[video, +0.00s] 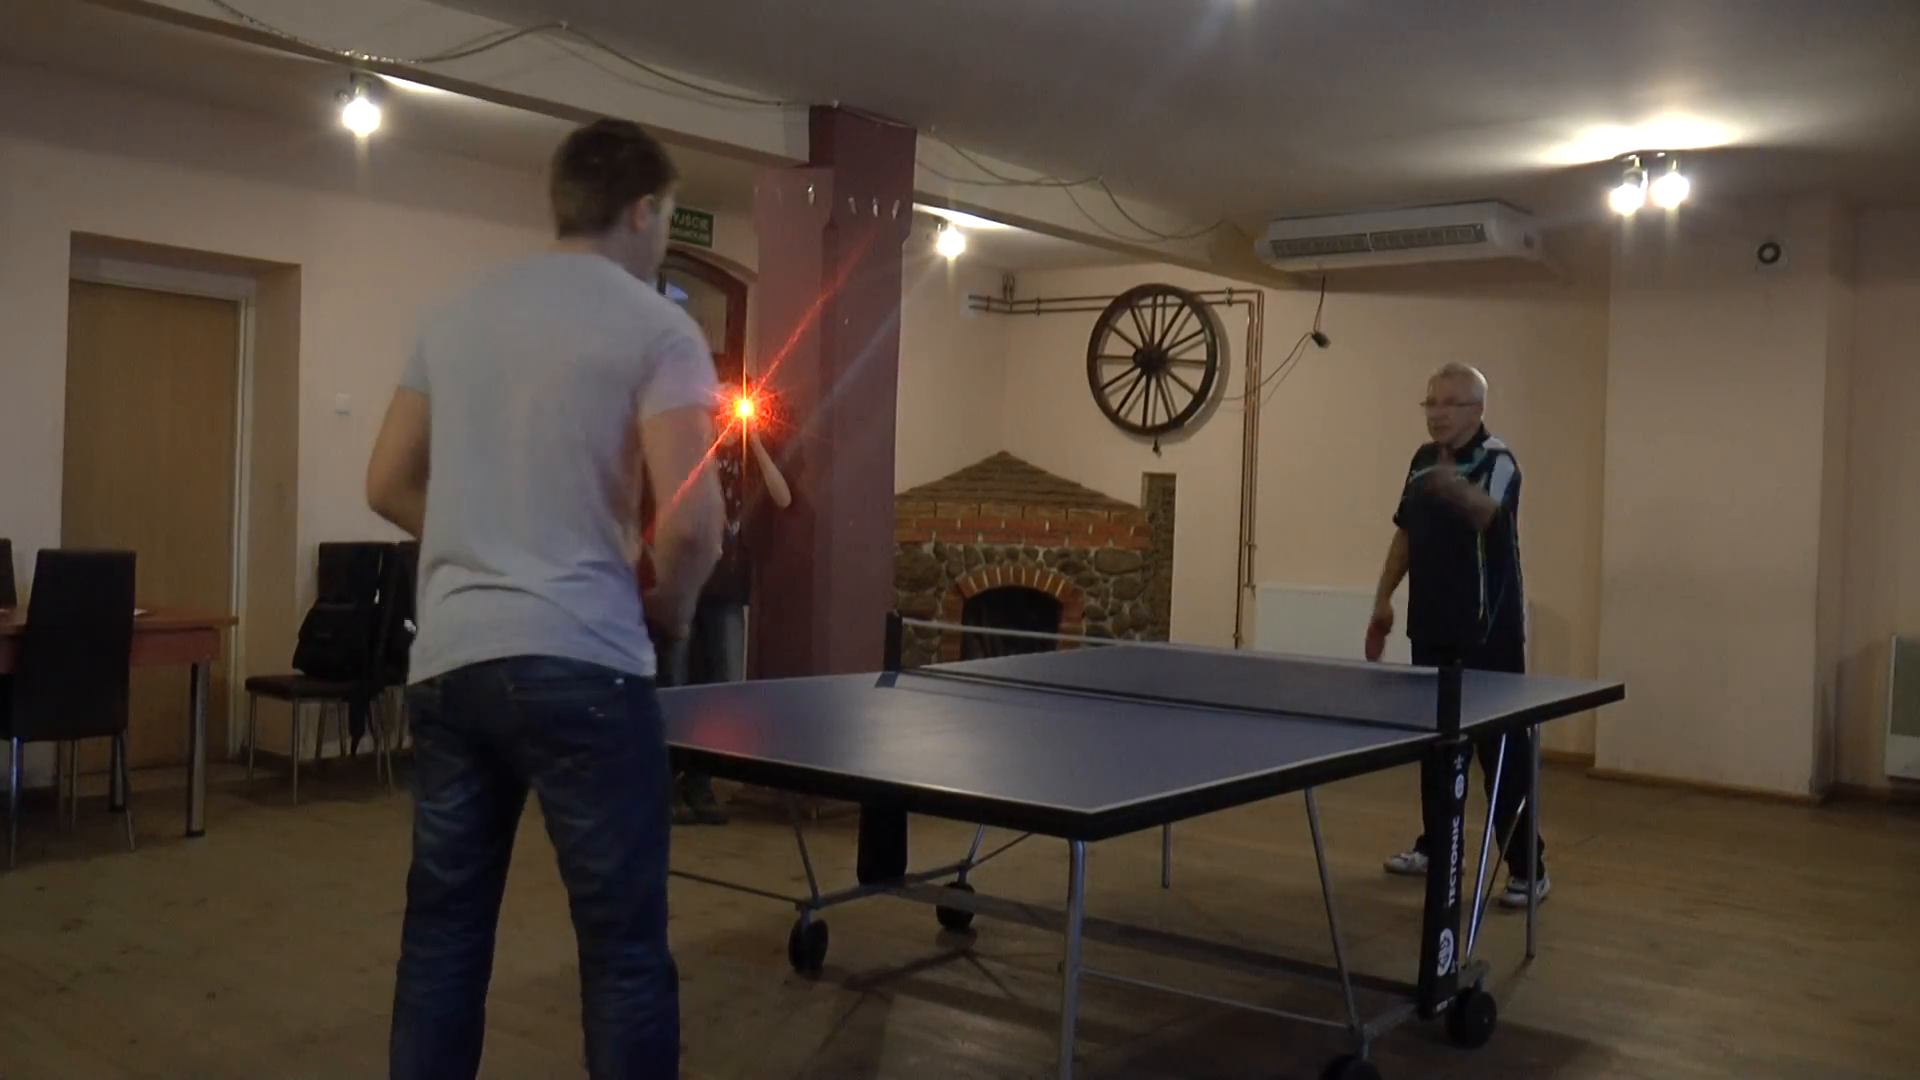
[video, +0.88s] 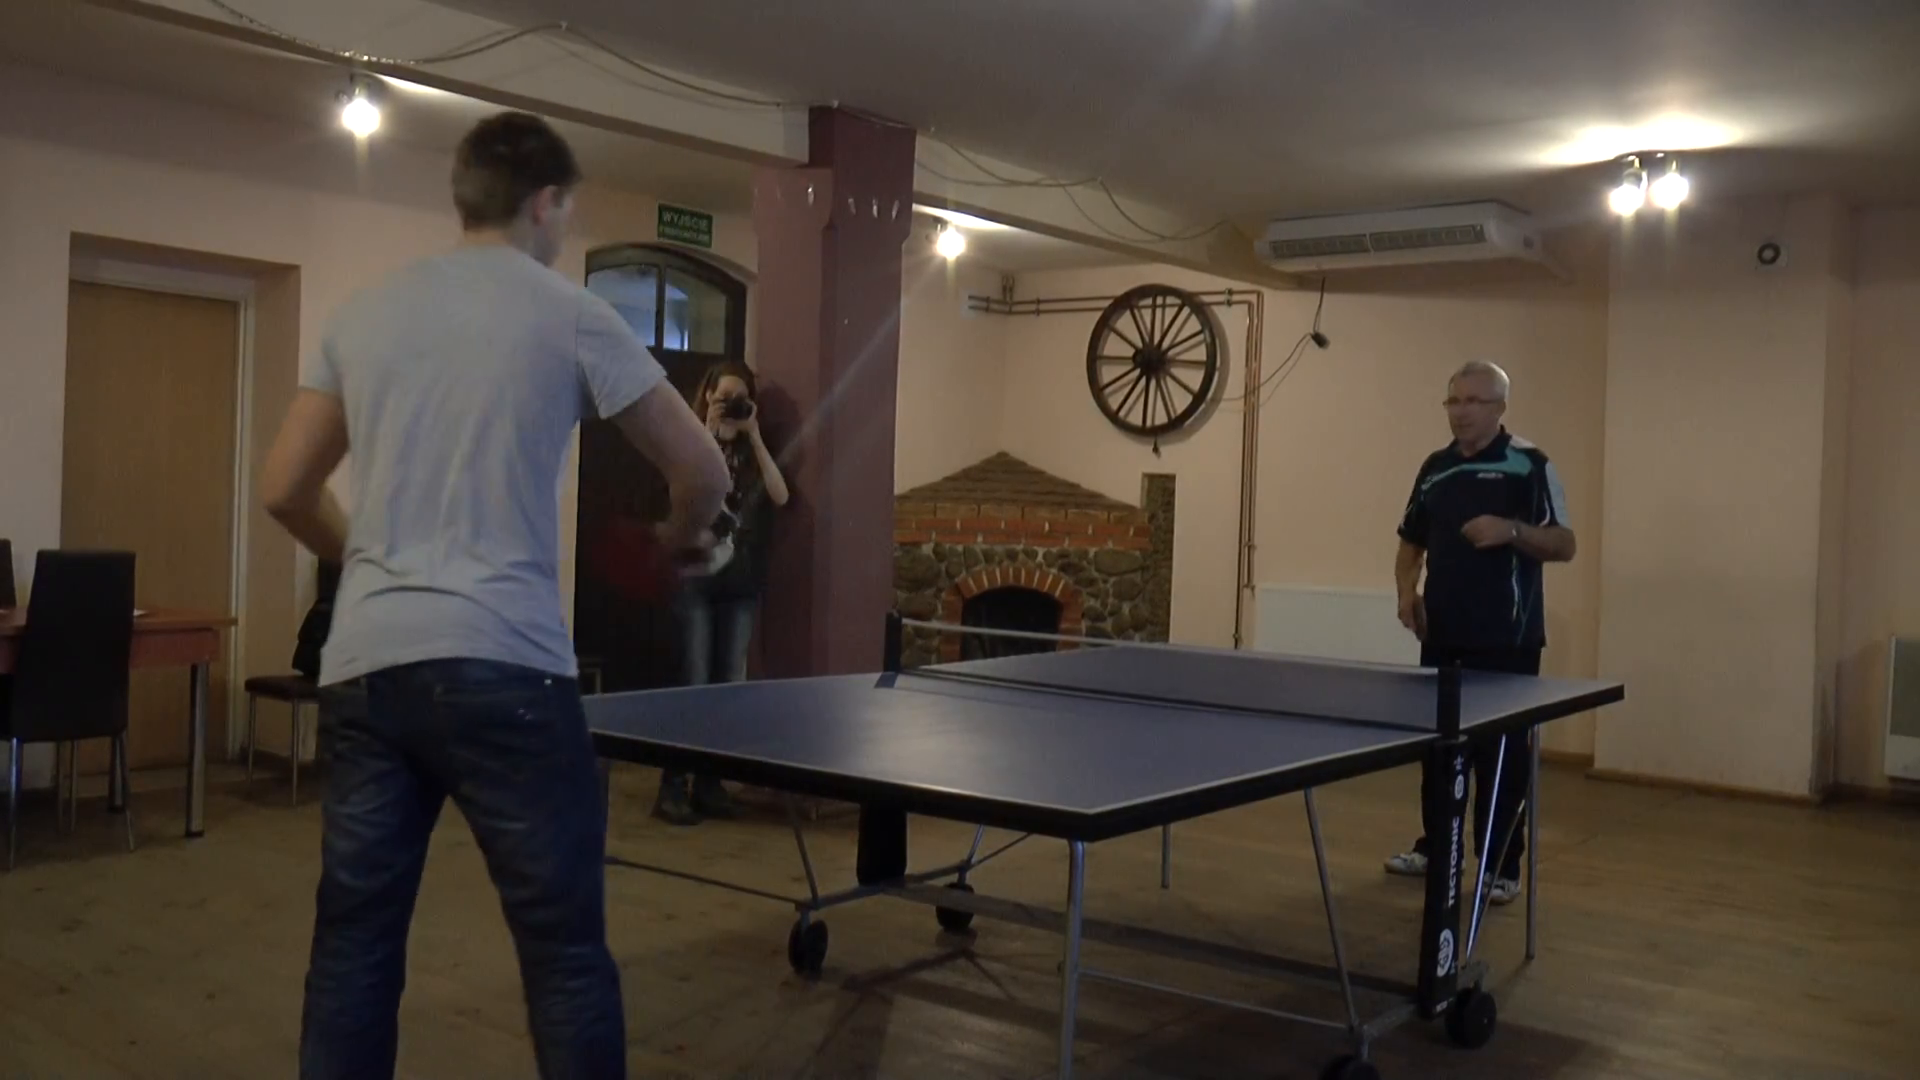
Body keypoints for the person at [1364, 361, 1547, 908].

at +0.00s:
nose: (1436, 414)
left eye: (1448, 405)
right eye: (1430, 404)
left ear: (1477, 410)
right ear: (1425, 409)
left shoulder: (1496, 460)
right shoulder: (1424, 462)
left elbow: (1487, 513)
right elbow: (1406, 536)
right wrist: (1382, 599)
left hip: (1491, 632)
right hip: (1433, 629)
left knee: (1503, 753)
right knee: (1436, 744)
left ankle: (1527, 867)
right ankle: (1435, 843)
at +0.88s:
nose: (1459, 411)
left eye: (1472, 402)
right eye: (1453, 401)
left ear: (1500, 409)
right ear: (1446, 406)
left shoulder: (1531, 466)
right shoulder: (1435, 468)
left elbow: (1564, 544)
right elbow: (1411, 541)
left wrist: (1512, 531)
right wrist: (1406, 591)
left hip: (1509, 639)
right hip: (1445, 635)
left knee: (1504, 754)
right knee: (1438, 746)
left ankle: (1501, 866)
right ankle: (1436, 846)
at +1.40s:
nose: (1438, 425)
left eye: (1448, 414)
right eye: (1432, 415)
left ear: (1483, 412)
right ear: (1429, 415)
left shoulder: (1521, 460)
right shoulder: (1435, 471)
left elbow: (1535, 545)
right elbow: (1409, 548)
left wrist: (1465, 567)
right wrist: (1361, 576)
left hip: (1508, 640)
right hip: (1441, 633)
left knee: (1501, 752)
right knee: (1414, 736)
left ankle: (1500, 864)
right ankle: (1403, 840)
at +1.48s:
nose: (1422, 433)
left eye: (1432, 421)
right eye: (1417, 423)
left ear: (1467, 418)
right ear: (1417, 423)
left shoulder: (1502, 462)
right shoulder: (1427, 477)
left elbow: (1504, 544)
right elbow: (1401, 551)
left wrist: (1424, 576)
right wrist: (1342, 574)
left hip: (1507, 634)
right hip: (1444, 628)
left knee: (1503, 751)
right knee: (1410, 732)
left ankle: (1499, 864)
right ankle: (1393, 840)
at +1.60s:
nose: (1392, 446)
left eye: (1400, 435)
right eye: (1388, 436)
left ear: (1433, 429)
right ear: (1401, 437)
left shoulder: (1465, 469)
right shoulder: (1413, 488)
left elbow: (1434, 552)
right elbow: (1381, 553)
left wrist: (1351, 578)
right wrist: (1317, 573)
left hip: (1506, 632)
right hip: (1447, 628)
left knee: (1501, 749)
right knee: (1414, 733)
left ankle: (1500, 865)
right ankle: (1390, 844)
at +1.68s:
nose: (1370, 457)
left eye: (1379, 446)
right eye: (1367, 448)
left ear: (1412, 441)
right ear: (1379, 448)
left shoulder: (1438, 475)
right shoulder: (1404, 490)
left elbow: (1389, 553)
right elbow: (1370, 555)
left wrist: (1302, 576)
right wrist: (1299, 577)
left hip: (1504, 626)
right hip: (1448, 624)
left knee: (1498, 746)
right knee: (1415, 730)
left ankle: (1499, 862)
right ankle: (1394, 843)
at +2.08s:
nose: (1322, 486)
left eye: (1328, 475)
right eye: (1317, 476)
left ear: (1358, 463)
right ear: (1348, 466)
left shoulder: (1394, 493)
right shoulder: (1360, 496)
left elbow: (1396, 586)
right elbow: (1360, 575)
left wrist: (1325, 623)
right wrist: (1314, 613)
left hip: (1475, 616)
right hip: (1426, 615)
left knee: (1476, 738)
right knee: (1403, 725)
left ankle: (1506, 860)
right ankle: (1392, 842)